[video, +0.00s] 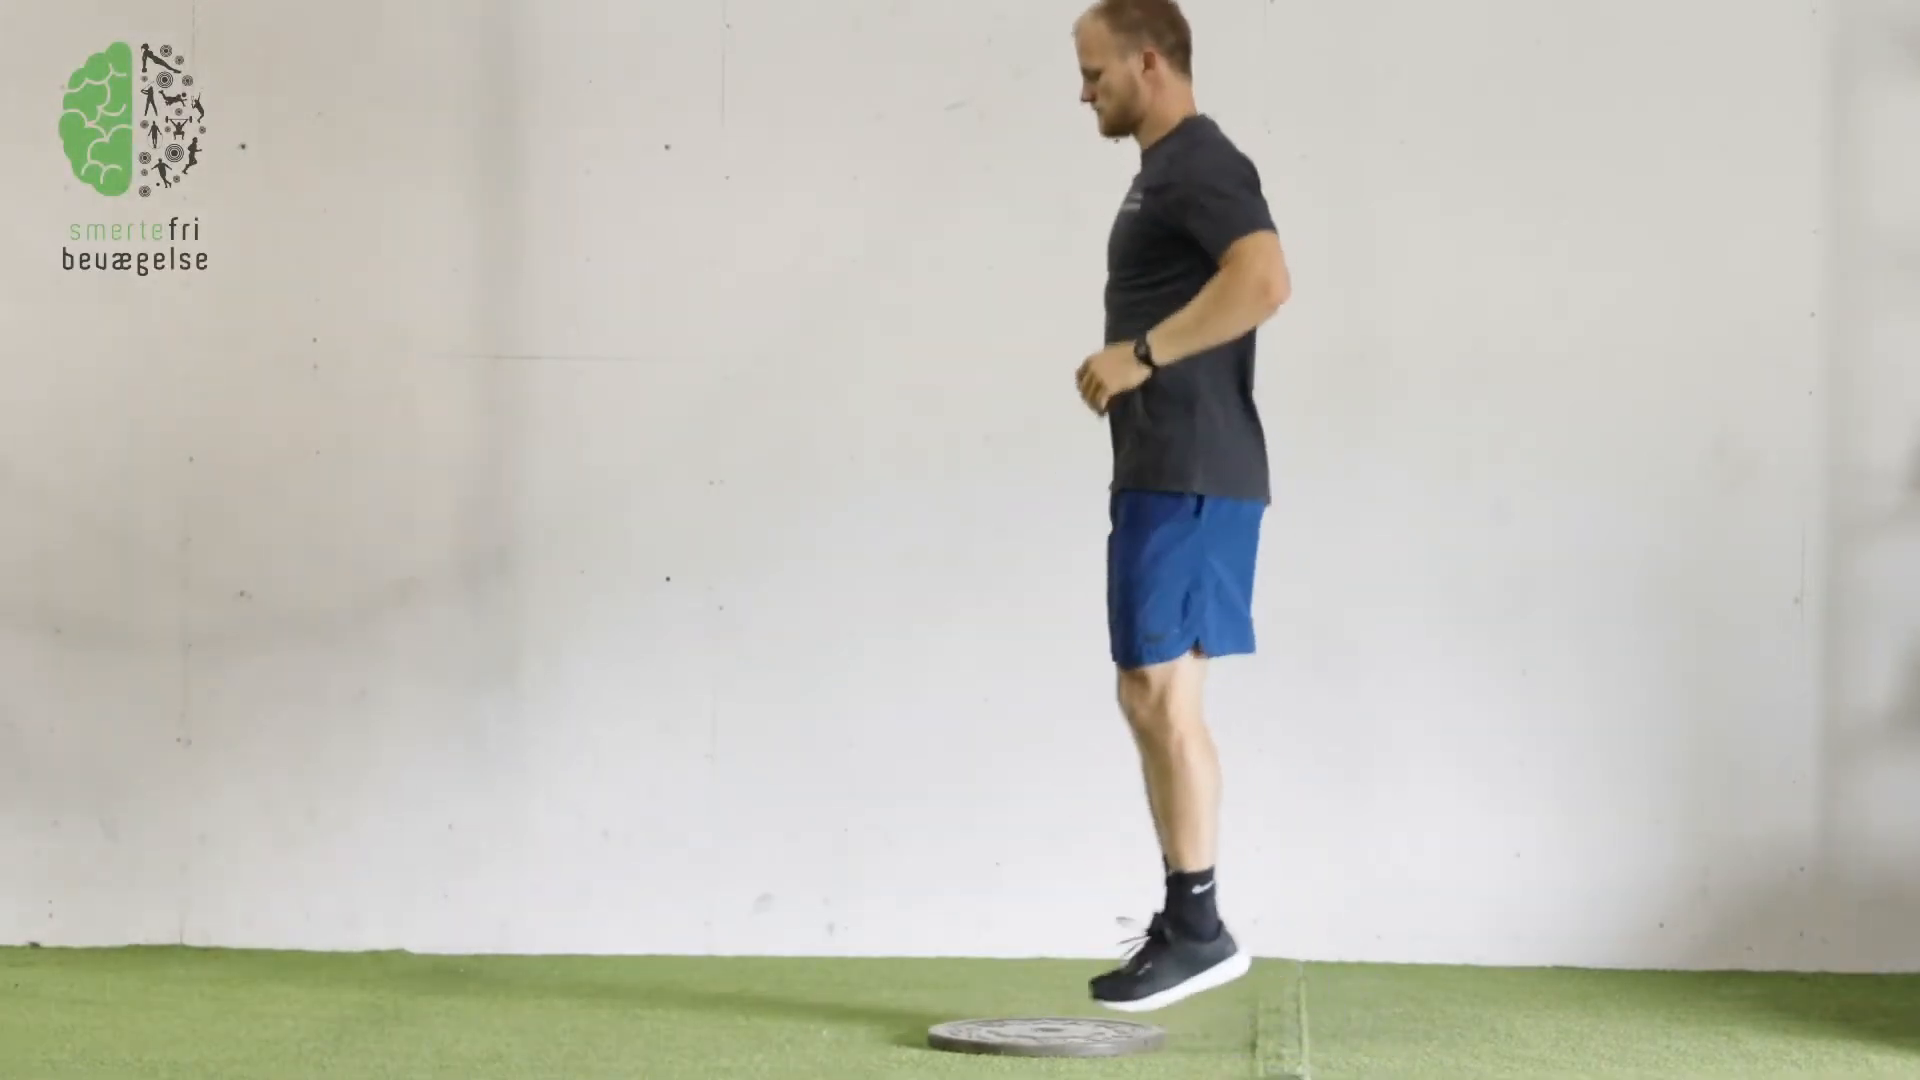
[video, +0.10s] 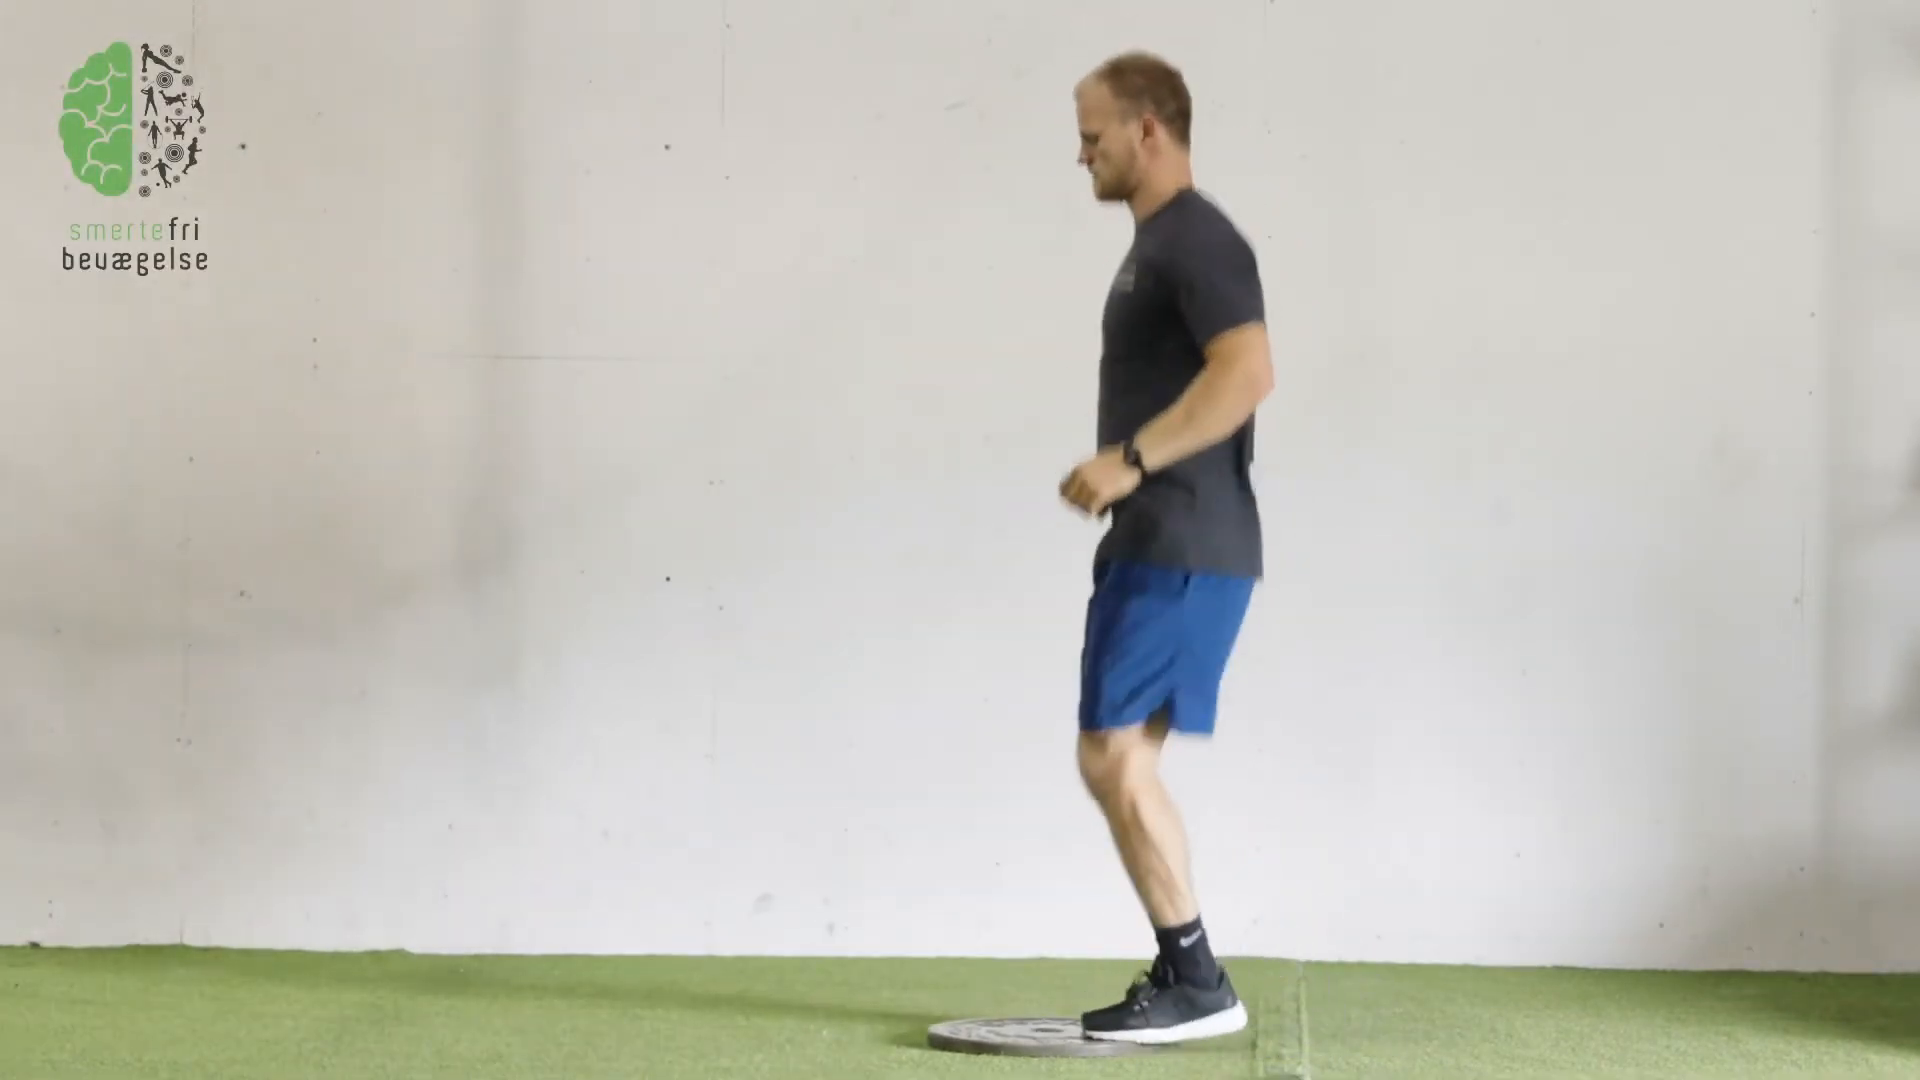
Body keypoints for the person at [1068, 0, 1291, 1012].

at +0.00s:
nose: (1084, 93)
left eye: (1093, 72)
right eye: (1082, 76)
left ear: (1150, 64)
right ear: (1142, 68)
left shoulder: (1200, 157)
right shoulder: (1169, 166)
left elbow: (1261, 279)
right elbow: (1233, 289)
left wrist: (1142, 354)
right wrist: (1132, 360)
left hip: (1190, 476)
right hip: (1163, 475)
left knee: (1164, 692)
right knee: (1148, 692)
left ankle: (1196, 927)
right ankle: (1187, 921)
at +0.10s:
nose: (1082, 156)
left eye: (1091, 137)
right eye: (1081, 139)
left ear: (1149, 132)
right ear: (1146, 136)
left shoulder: (1196, 235)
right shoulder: (1163, 239)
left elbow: (1245, 372)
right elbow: (1215, 380)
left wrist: (1129, 458)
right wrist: (1124, 467)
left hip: (1181, 546)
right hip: (1164, 542)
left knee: (1115, 754)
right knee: (1123, 757)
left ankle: (1191, 976)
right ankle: (1185, 973)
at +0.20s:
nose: (1084, 170)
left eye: (1094, 151)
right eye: (1083, 153)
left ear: (1150, 146)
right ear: (1146, 151)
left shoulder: (1199, 251)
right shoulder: (1163, 252)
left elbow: (1245, 394)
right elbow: (1204, 403)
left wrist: (1135, 491)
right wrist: (1125, 503)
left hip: (1183, 559)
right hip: (1167, 554)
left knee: (1121, 760)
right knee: (1120, 760)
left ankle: (1193, 980)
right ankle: (1185, 975)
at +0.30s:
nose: (1087, 101)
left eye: (1096, 82)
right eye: (1085, 84)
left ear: (1153, 77)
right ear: (1146, 81)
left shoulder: (1202, 171)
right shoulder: (1170, 178)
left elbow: (1266, 300)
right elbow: (1225, 312)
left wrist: (1171, 404)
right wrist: (1154, 418)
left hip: (1200, 486)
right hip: (1179, 483)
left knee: (1176, 704)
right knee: (1176, 704)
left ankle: (1192, 937)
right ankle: (1184, 931)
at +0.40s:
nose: (1091, 87)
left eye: (1101, 68)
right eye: (1090, 70)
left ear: (1157, 59)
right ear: (1151, 63)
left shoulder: (1208, 154)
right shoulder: (1179, 161)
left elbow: (1281, 272)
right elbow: (1250, 281)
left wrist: (1187, 377)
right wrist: (1175, 382)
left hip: (1209, 471)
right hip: (1193, 469)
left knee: (1180, 688)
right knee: (1186, 688)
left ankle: (1233, 916)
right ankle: (1227, 912)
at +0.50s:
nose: (1101, 124)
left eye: (1111, 105)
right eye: (1101, 108)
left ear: (1166, 99)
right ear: (1166, 103)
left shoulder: (1219, 199)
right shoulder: (1185, 208)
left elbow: (1288, 324)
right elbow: (1247, 341)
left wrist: (1191, 432)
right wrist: (1169, 446)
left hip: (1230, 517)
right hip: (1208, 514)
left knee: (1203, 732)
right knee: (1191, 734)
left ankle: (1297, 949)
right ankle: (1290, 947)